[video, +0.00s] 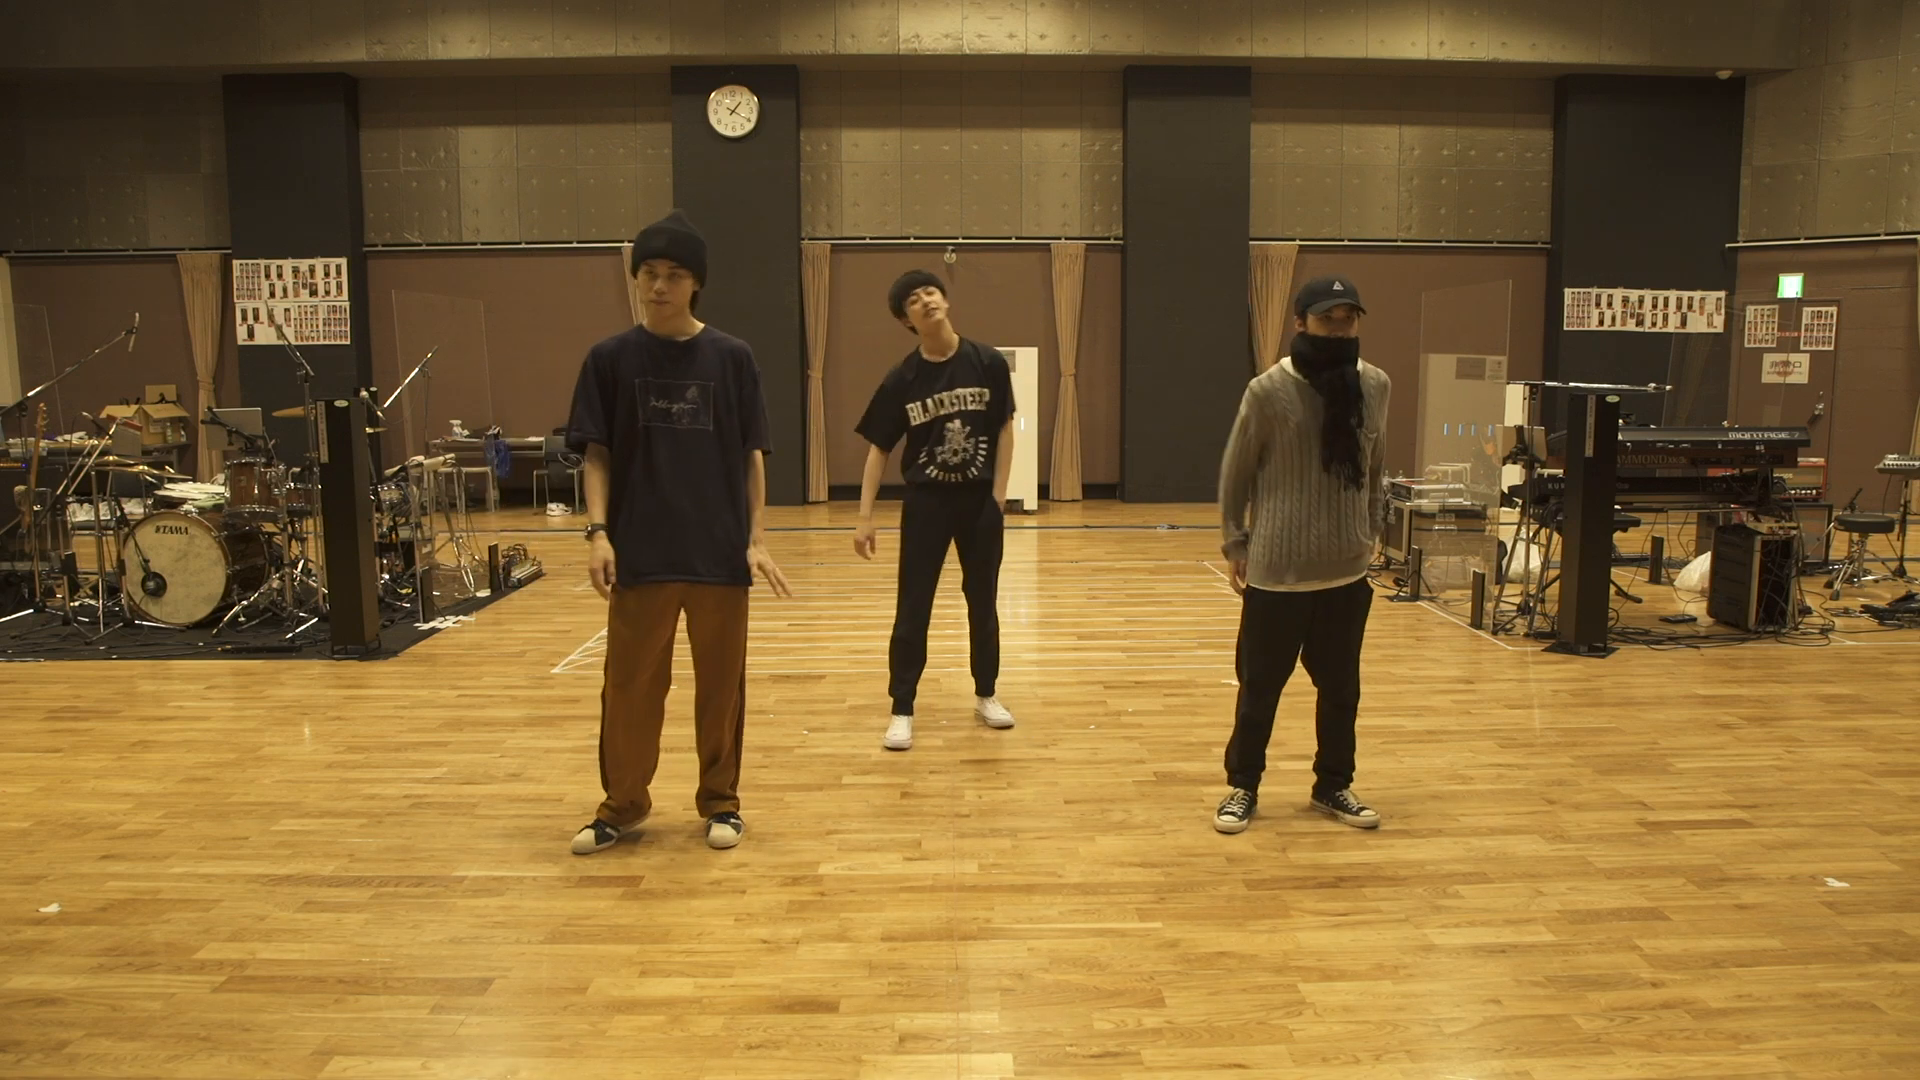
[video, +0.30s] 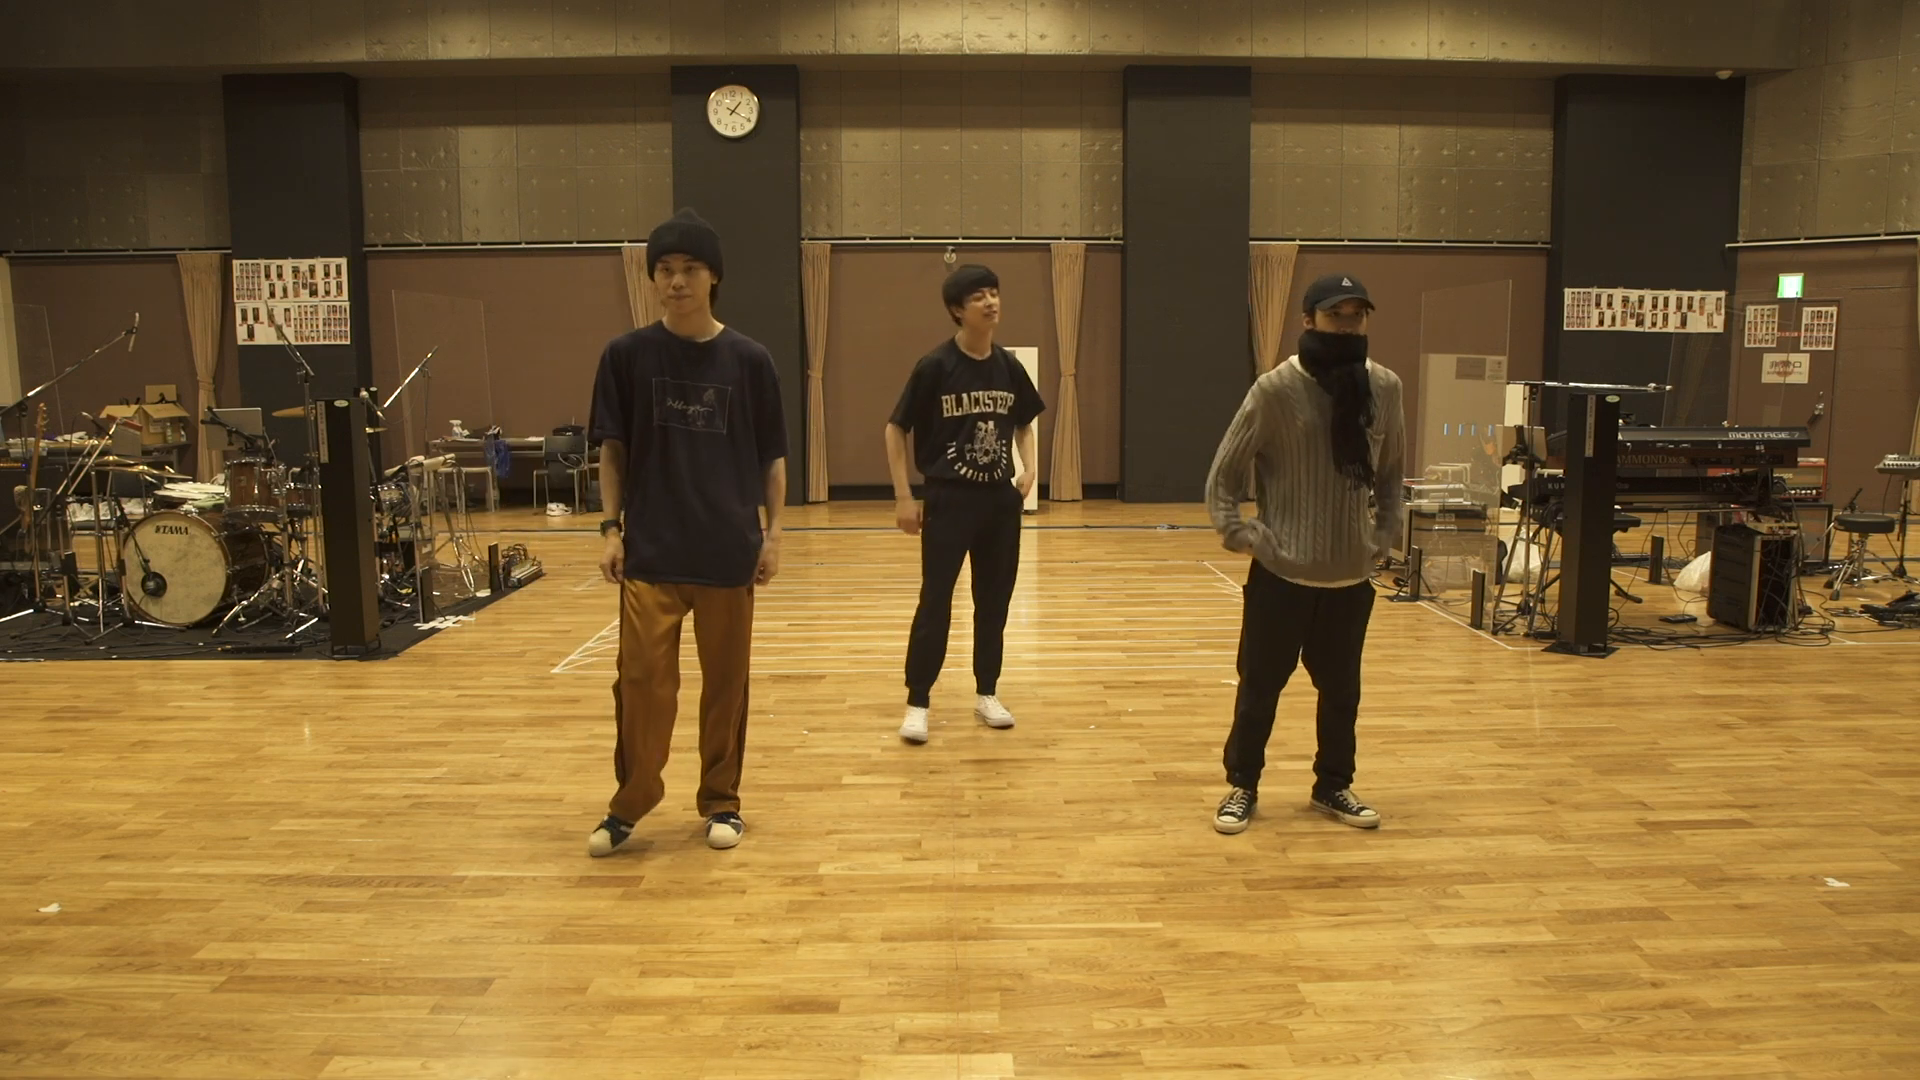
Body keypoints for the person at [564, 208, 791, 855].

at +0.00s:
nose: (658, 286)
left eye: (672, 275)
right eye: (649, 274)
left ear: (696, 283)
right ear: (635, 281)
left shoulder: (731, 358)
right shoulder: (610, 359)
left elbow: (752, 456)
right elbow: (595, 455)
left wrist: (756, 539)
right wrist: (598, 533)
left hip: (719, 552)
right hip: (640, 553)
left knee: (722, 685)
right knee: (629, 687)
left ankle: (721, 802)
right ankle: (622, 807)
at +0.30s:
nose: (675, 282)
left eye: (688, 270)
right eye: (665, 271)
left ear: (713, 277)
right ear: (652, 280)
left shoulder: (750, 360)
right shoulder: (626, 356)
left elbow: (772, 455)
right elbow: (611, 449)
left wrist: (772, 535)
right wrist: (613, 528)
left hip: (728, 549)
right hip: (650, 548)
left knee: (727, 684)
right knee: (640, 682)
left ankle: (722, 804)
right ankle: (632, 800)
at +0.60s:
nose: (666, 283)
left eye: (679, 271)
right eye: (655, 272)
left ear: (704, 277)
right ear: (642, 282)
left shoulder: (740, 362)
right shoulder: (614, 357)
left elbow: (784, 445)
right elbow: (593, 442)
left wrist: (774, 502)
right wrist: (592, 507)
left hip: (715, 549)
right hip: (635, 554)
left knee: (721, 681)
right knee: (637, 692)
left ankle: (722, 807)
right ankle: (665, 816)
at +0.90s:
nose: (620, 289)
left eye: (633, 276)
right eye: (609, 278)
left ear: (663, 280)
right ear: (598, 287)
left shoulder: (702, 362)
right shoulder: (579, 368)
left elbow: (754, 451)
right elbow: (570, 460)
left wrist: (715, 506)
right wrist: (576, 530)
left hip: (676, 551)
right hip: (607, 557)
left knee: (666, 678)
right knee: (628, 698)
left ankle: (711, 774)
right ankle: (668, 818)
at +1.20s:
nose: (541, 343)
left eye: (550, 329)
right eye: (534, 331)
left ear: (584, 322)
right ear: (538, 329)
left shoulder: (624, 395)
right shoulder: (593, 381)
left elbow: (674, 503)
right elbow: (624, 488)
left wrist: (625, 573)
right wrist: (611, 556)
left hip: (659, 573)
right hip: (630, 568)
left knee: (602, 695)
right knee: (634, 686)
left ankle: (631, 855)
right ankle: (673, 808)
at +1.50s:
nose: (568, 317)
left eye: (580, 303)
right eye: (558, 304)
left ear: (613, 295)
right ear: (548, 302)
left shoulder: (673, 345)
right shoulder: (545, 378)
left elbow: (742, 400)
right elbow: (553, 452)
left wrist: (699, 465)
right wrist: (570, 514)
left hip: (672, 512)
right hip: (604, 534)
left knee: (636, 616)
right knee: (621, 675)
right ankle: (651, 826)